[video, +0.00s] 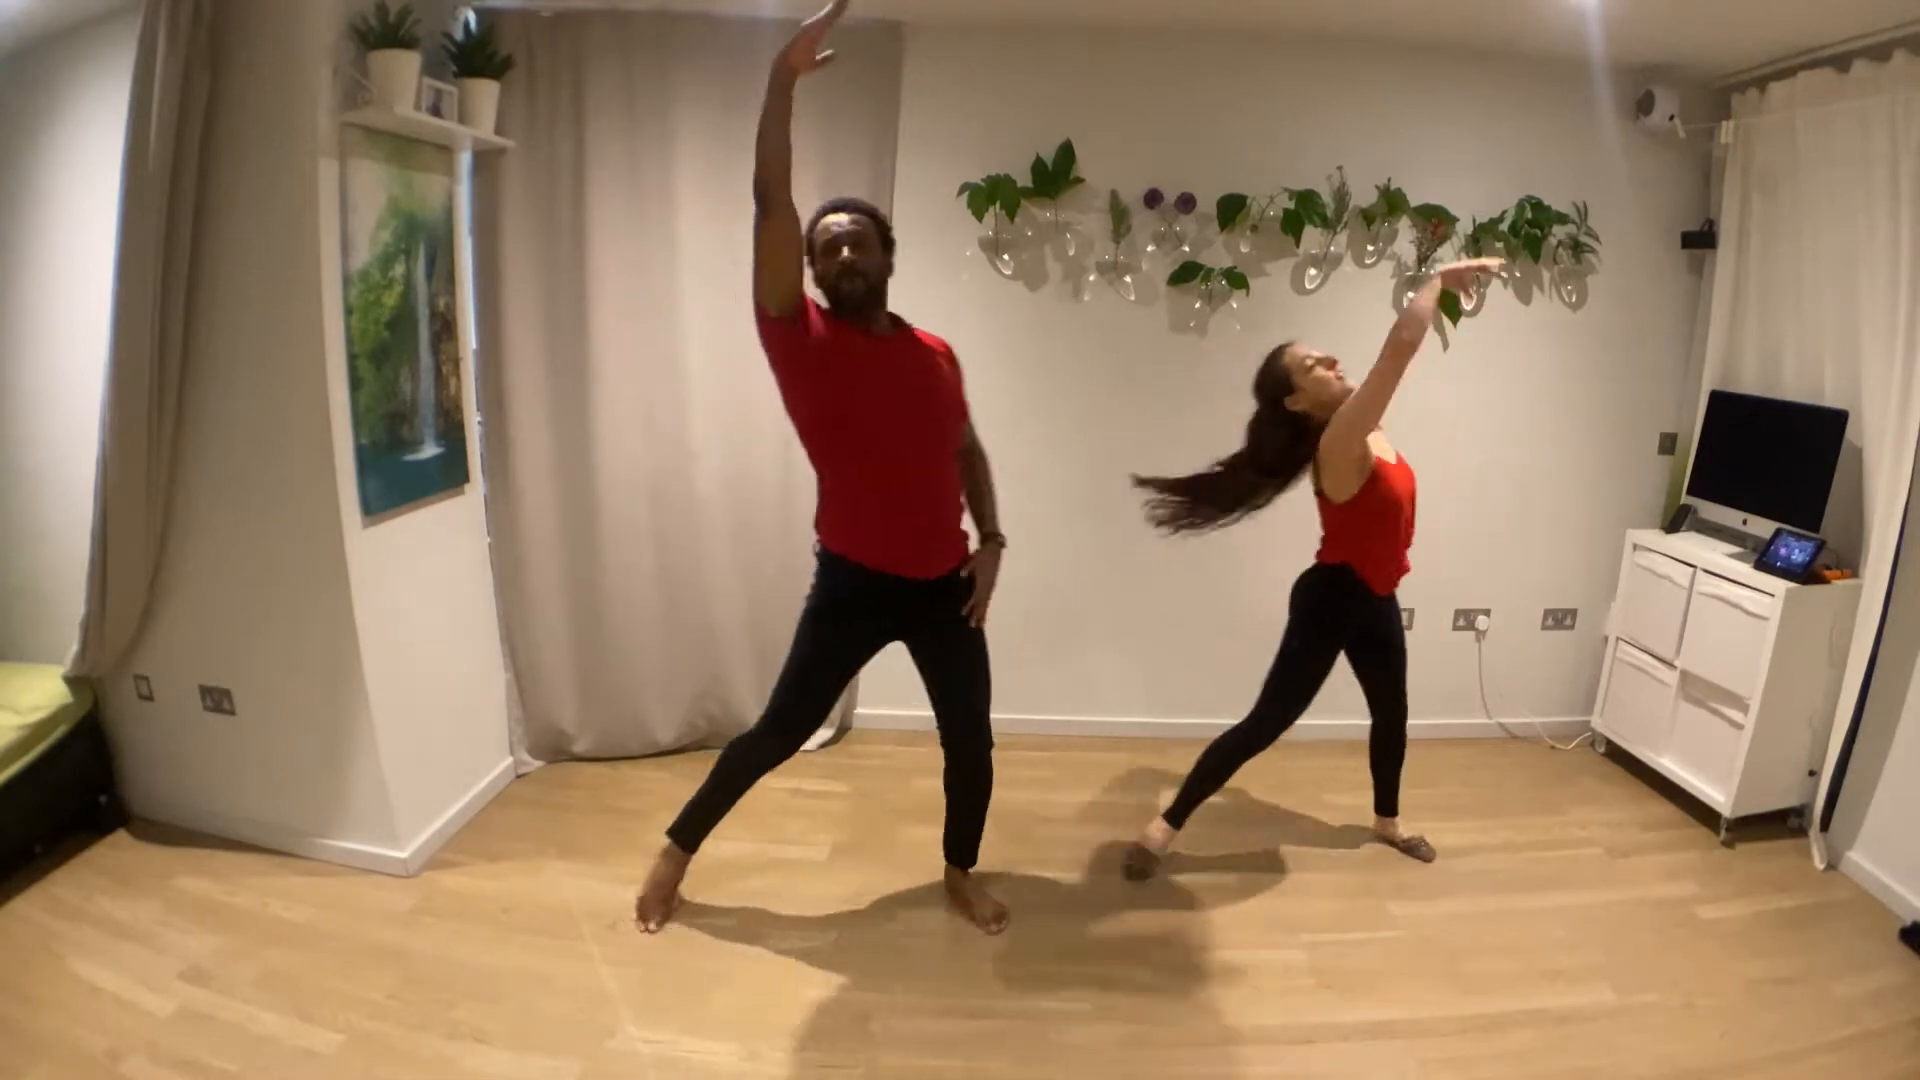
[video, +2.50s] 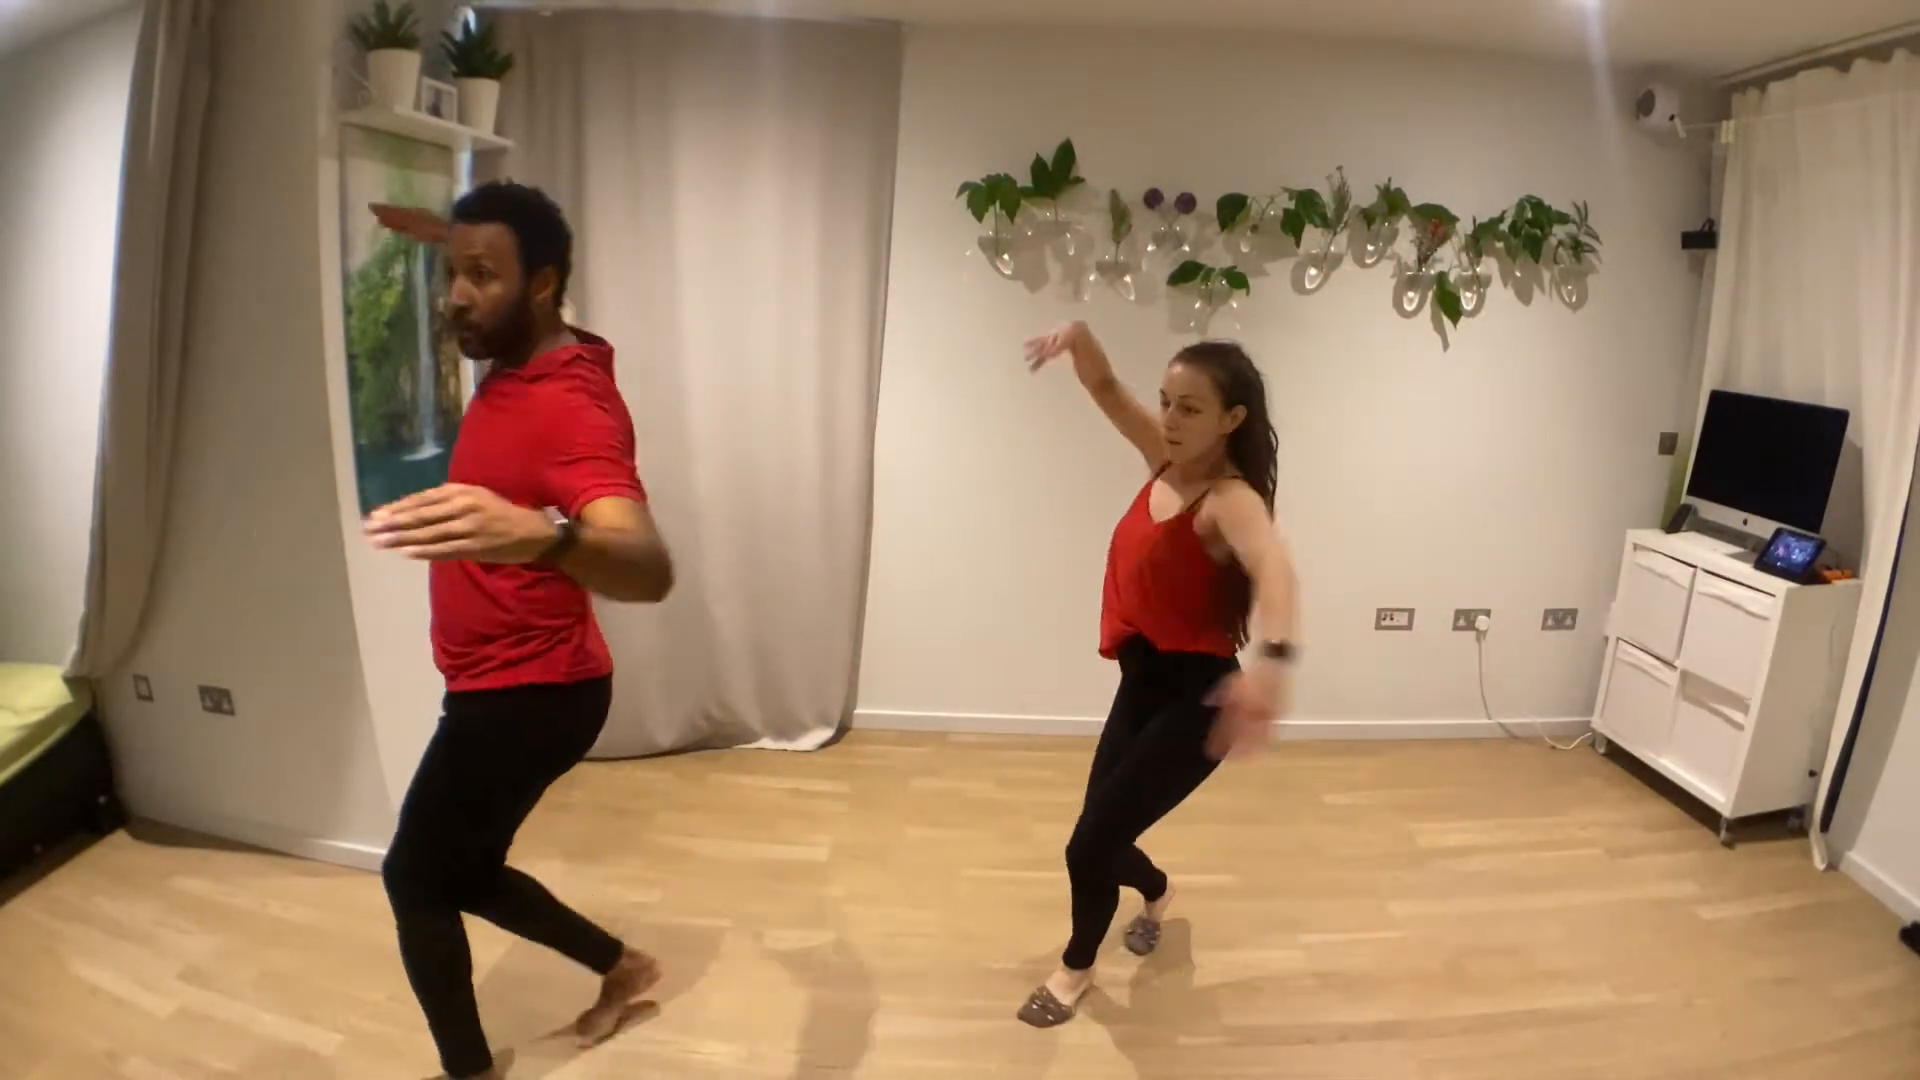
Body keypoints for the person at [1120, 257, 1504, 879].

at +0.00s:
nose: (1329, 360)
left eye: (1321, 354)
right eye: (1313, 365)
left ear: (1323, 385)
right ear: (1300, 402)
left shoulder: (1361, 430)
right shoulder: (1335, 447)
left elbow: (1402, 353)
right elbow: (1403, 347)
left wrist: (1450, 276)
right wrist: (1439, 277)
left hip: (1375, 602)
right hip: (1330, 598)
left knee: (1390, 715)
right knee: (1267, 723)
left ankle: (1387, 821)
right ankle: (1167, 825)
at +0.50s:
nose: (1445, 371)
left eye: (1449, 359)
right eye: (1428, 365)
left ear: (1459, 367)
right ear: (1403, 385)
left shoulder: (1476, 430)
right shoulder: (1396, 438)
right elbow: (1320, 381)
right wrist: (1314, 306)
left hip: (1478, 592)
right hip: (1422, 593)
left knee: (1478, 721)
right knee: (1419, 721)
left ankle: (1403, 808)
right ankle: (1410, 760)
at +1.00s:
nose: (1465, 381)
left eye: (1480, 371)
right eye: (1459, 370)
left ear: (1513, 380)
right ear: (1451, 374)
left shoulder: (1534, 455)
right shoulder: (1429, 441)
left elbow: (1525, 541)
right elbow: (1408, 514)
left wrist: (1497, 583)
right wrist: (1425, 549)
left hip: (1489, 607)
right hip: (1426, 600)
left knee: (1473, 743)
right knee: (1390, 740)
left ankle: (1451, 842)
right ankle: (1417, 795)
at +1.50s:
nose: (1398, 369)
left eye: (1415, 358)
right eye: (1394, 355)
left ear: (1452, 372)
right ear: (1386, 361)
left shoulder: (1469, 442)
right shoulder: (1384, 415)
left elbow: (1558, 466)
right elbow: (1360, 345)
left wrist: (1631, 511)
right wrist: (1341, 265)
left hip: (1408, 627)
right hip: (1341, 621)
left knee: (1410, 788)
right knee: (1333, 783)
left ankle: (1447, 827)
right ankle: (1350, 914)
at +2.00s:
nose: (1270, 409)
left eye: (1289, 398)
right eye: (1269, 394)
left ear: (1336, 415)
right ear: (1264, 397)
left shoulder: (1328, 513)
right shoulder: (1254, 472)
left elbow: (1292, 585)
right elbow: (1147, 451)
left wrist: (1267, 627)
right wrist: (1096, 379)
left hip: (1298, 701)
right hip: (1256, 686)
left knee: (1177, 826)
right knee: (1257, 833)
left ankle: (1081, 963)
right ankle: (1352, 918)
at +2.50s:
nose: (1168, 420)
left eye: (1188, 409)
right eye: (1167, 403)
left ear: (1232, 420)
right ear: (1160, 404)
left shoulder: (1231, 501)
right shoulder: (1167, 458)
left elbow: (1275, 567)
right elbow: (1107, 391)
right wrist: (1078, 338)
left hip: (1202, 692)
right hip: (1144, 678)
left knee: (1092, 849)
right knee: (1096, 831)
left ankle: (1074, 970)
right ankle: (1156, 889)